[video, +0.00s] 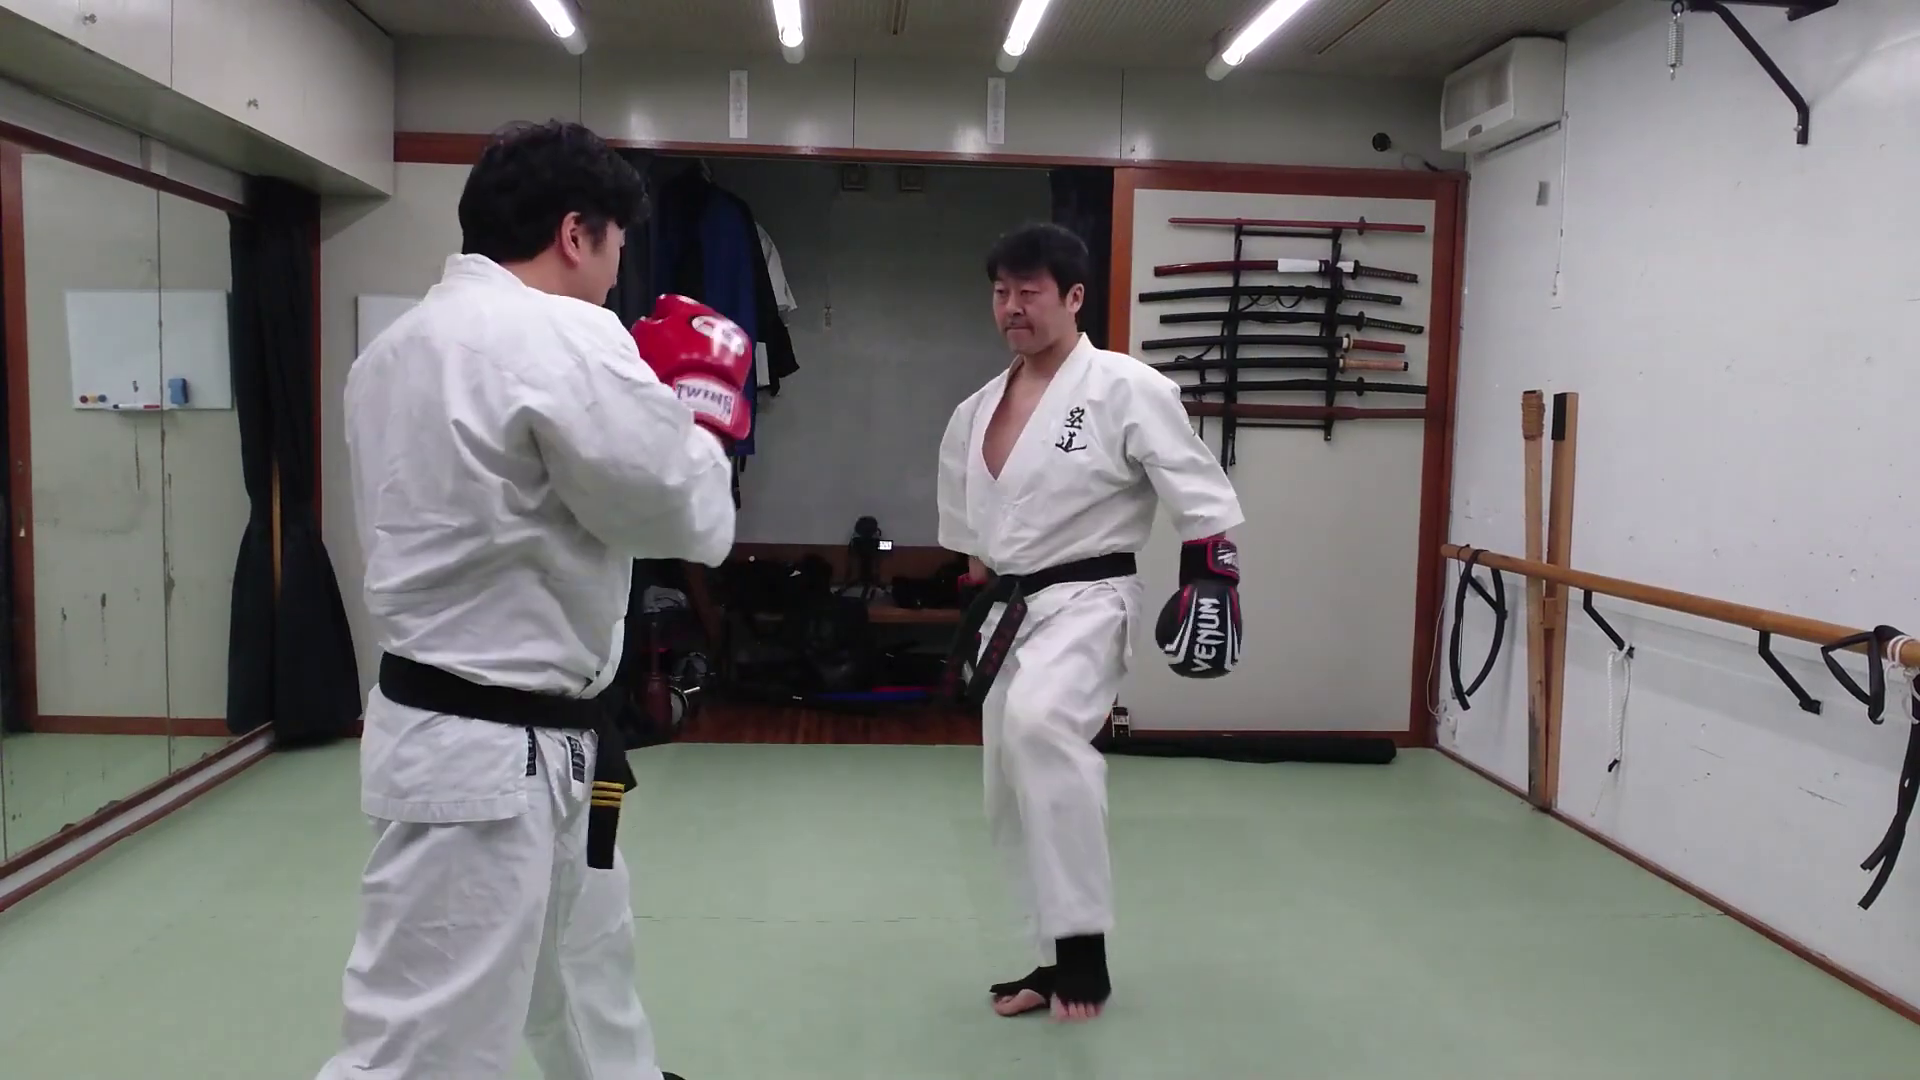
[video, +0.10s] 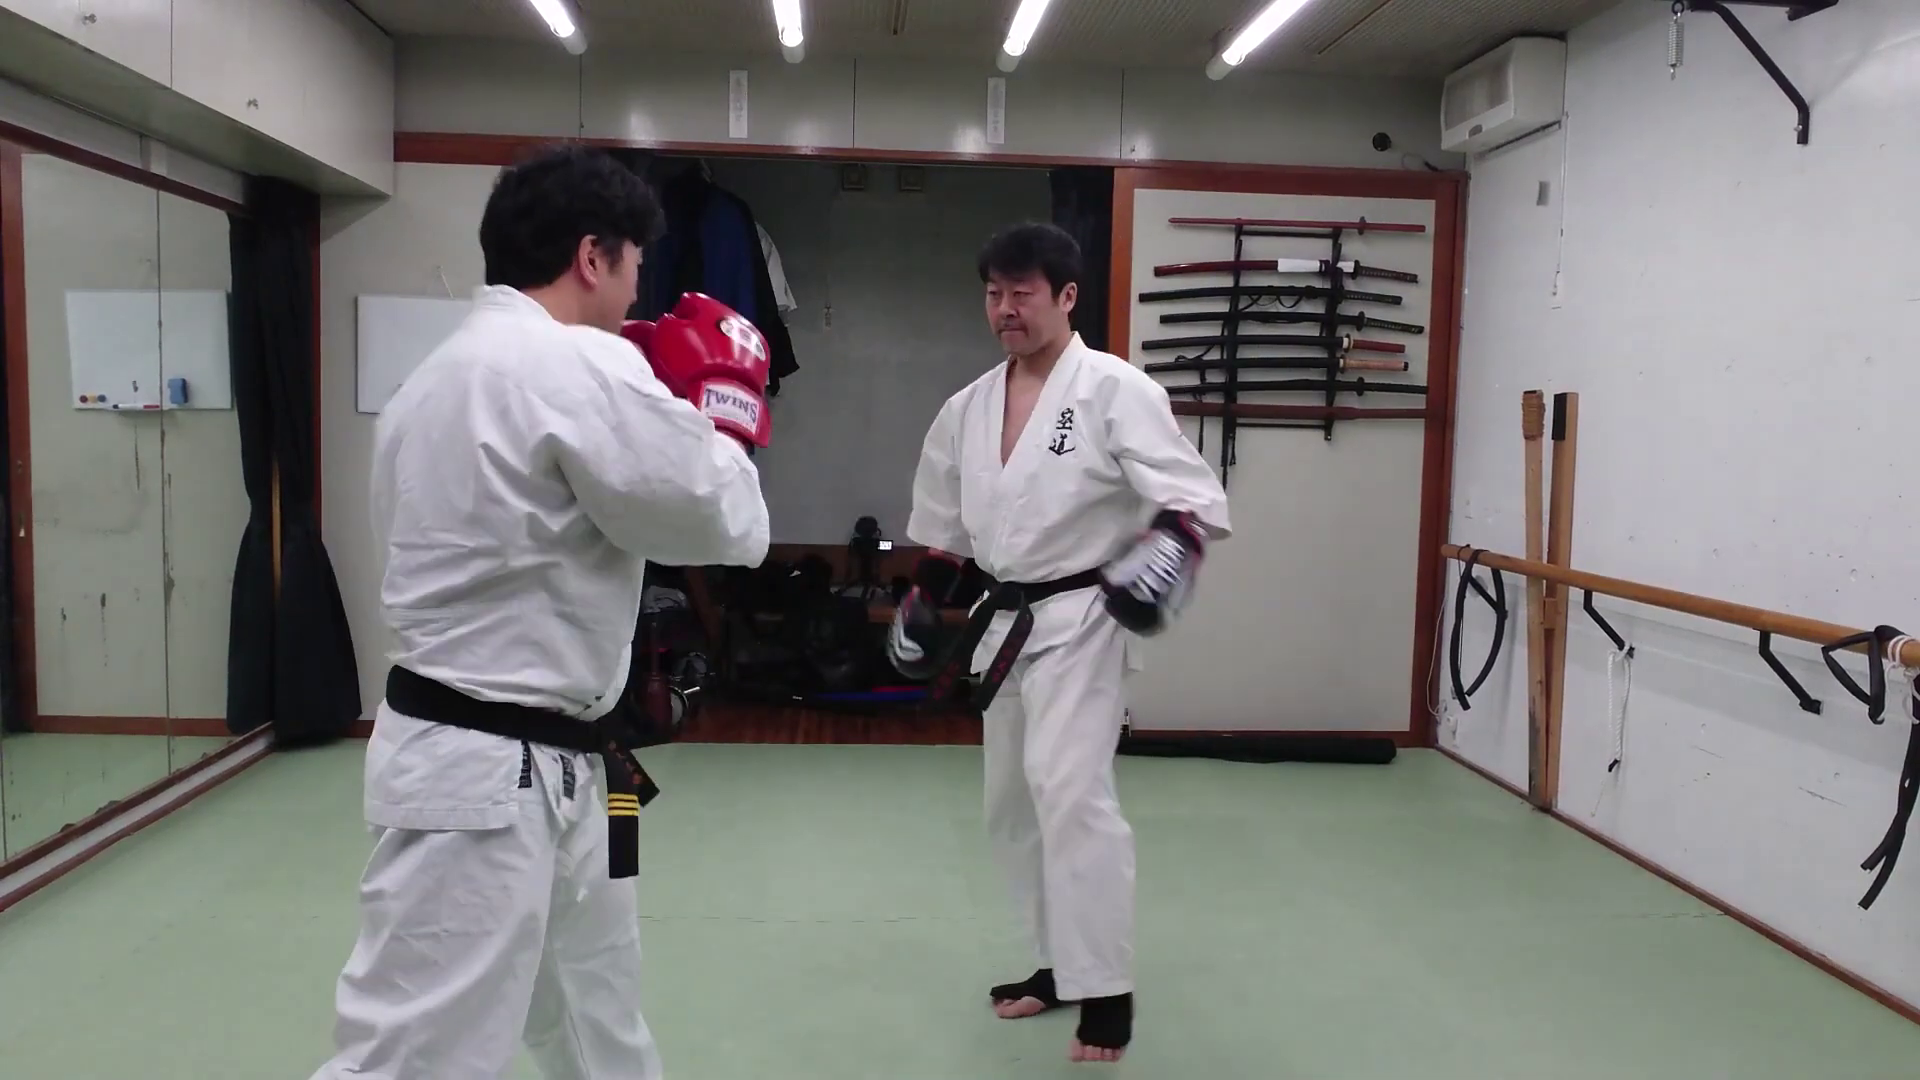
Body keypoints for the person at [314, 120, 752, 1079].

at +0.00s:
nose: (618, 275)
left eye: (621, 249)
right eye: (617, 246)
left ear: (488, 228)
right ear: (571, 235)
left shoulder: (389, 351)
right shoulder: (559, 338)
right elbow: (692, 518)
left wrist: (630, 383)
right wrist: (707, 408)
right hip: (498, 742)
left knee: (587, 993)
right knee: (419, 1045)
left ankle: (620, 1070)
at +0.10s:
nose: (637, 292)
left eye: (639, 267)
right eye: (635, 264)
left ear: (520, 255)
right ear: (589, 258)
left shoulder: (437, 375)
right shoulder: (571, 365)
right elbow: (724, 521)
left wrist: (644, 391)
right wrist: (730, 409)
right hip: (490, 758)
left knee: (598, 1033)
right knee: (412, 1055)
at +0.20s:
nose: (679, 313)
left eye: (682, 288)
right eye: (678, 284)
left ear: (587, 267)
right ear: (633, 275)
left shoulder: (526, 360)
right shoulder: (573, 373)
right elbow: (698, 555)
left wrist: (693, 426)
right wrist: (726, 439)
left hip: (552, 747)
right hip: (462, 747)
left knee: (597, 1014)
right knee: (418, 1043)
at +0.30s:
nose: (698, 321)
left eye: (699, 297)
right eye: (695, 294)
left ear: (626, 280)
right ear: (649, 285)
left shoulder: (588, 367)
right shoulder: (565, 362)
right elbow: (667, 559)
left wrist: (742, 392)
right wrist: (713, 441)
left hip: (524, 738)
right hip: (431, 731)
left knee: (579, 964)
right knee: (387, 1036)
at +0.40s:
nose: (680, 321)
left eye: (682, 298)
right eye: (676, 294)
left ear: (616, 284)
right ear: (627, 284)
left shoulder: (595, 374)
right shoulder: (543, 364)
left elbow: (704, 407)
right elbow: (628, 564)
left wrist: (814, 384)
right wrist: (692, 457)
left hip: (518, 733)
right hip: (415, 726)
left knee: (588, 954)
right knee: (370, 1031)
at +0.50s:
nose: (633, 315)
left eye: (640, 294)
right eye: (634, 292)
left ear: (539, 274)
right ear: (593, 283)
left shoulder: (489, 357)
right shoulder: (538, 397)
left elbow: (652, 461)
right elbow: (631, 560)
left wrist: (771, 436)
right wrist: (658, 416)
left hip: (493, 729)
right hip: (413, 732)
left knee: (584, 951)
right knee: (336, 1028)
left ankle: (625, 1070)